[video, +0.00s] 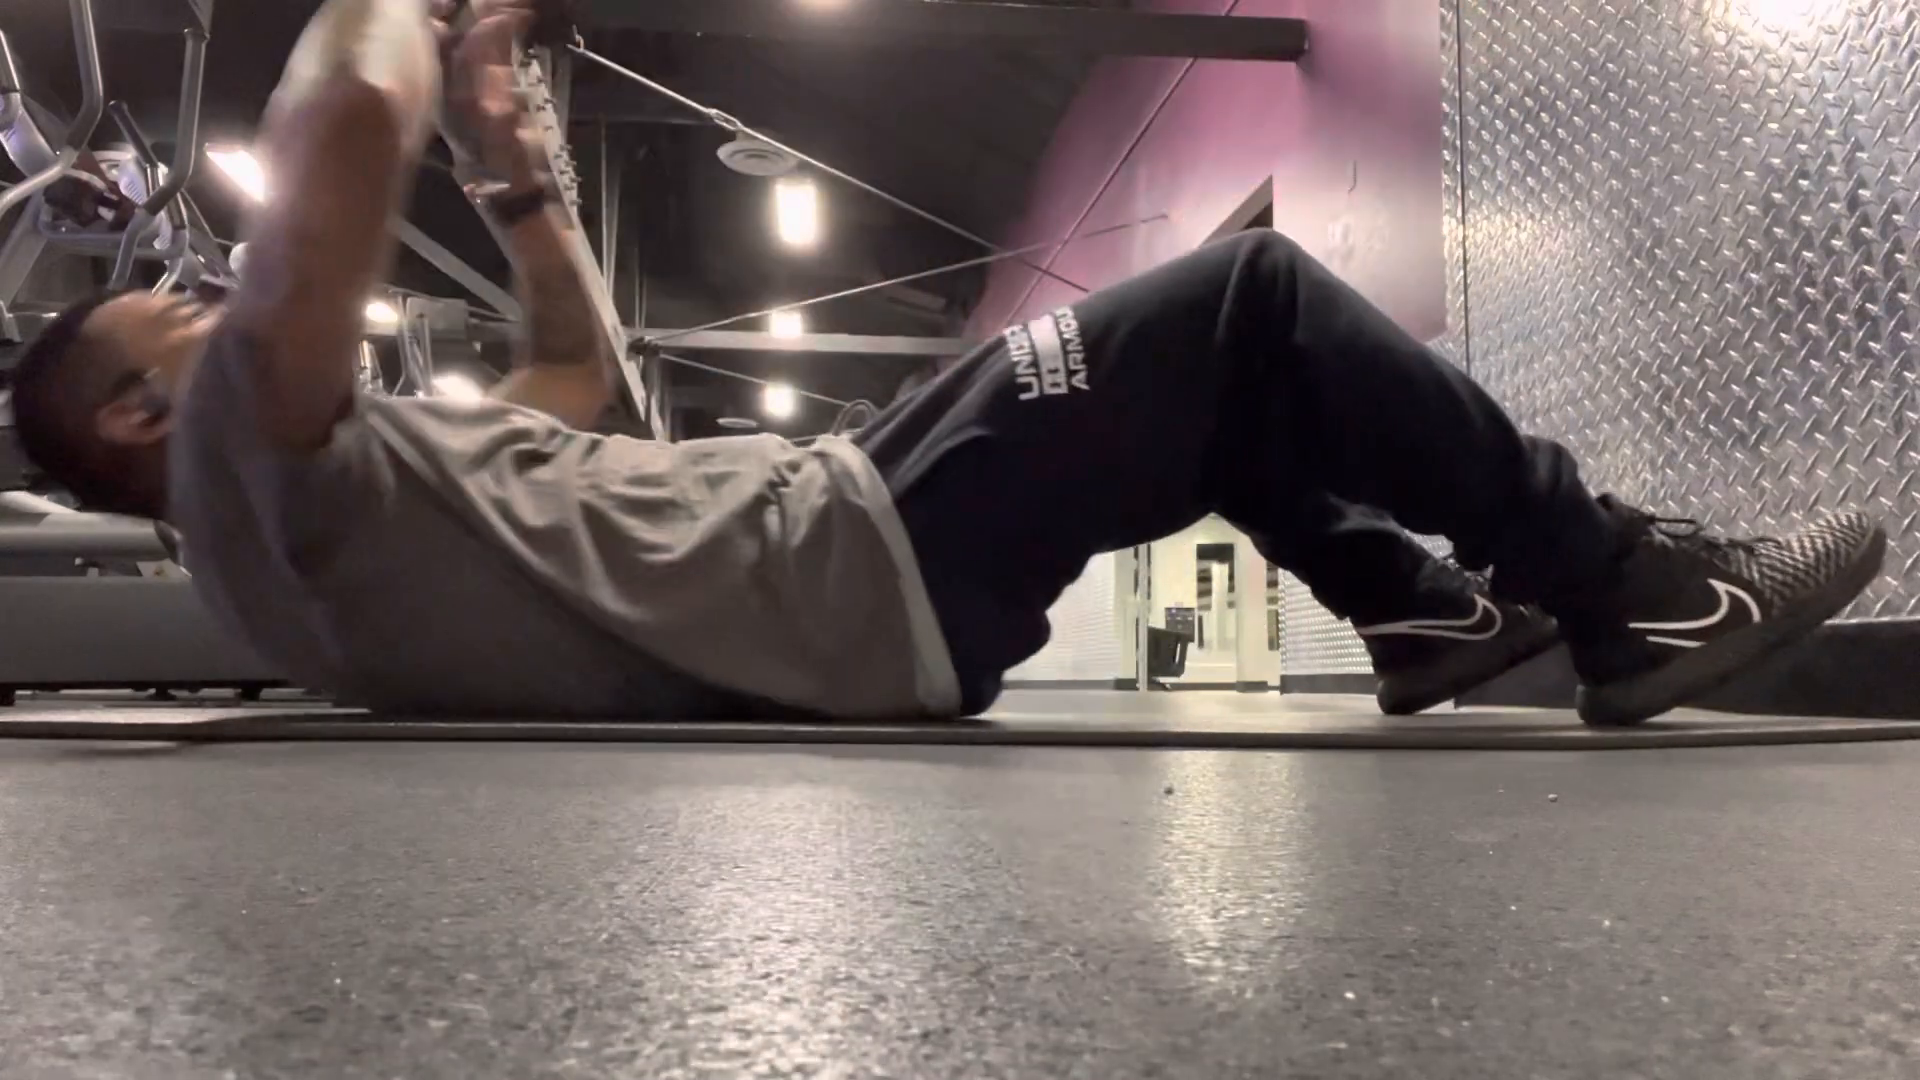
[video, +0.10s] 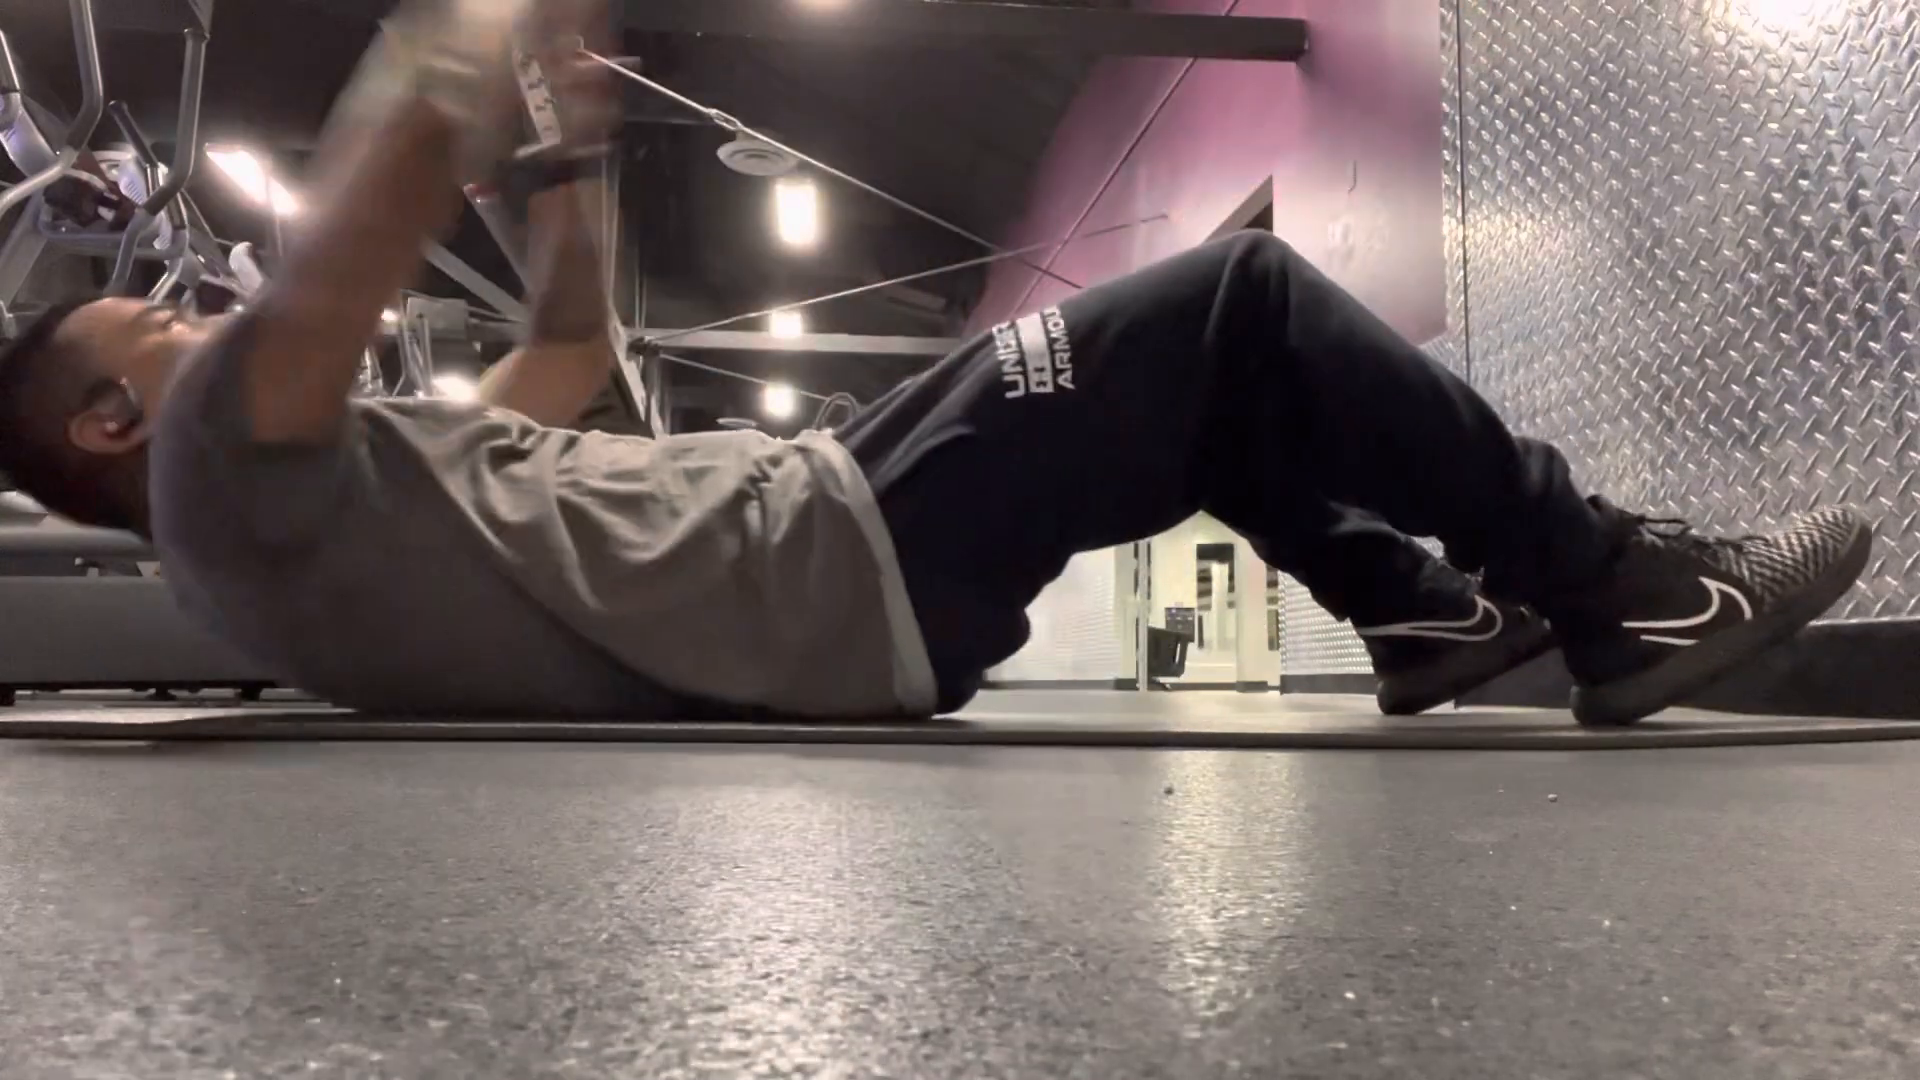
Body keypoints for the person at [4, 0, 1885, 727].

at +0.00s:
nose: (191, 306)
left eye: (167, 304)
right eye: (145, 323)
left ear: (189, 377)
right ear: (122, 428)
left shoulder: (332, 477)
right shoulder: (241, 485)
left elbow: (593, 440)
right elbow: (338, 99)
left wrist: (531, 220)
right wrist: (397, 38)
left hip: (820, 537)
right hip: (851, 574)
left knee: (1198, 341)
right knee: (1244, 287)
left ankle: (1432, 616)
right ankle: (1639, 585)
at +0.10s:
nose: (173, 297)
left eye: (144, 287)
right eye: (124, 314)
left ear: (154, 385)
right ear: (94, 434)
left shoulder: (313, 474)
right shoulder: (221, 470)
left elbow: (561, 404)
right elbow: (401, 137)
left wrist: (567, 172)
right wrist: (458, 64)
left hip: (812, 522)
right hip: (843, 564)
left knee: (1192, 340)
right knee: (1239, 286)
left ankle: (1438, 619)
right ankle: (1629, 583)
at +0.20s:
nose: (290, 260)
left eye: (263, 246)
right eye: (233, 264)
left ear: (245, 321)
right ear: (163, 381)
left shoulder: (358, 470)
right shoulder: (276, 439)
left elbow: (620, 361)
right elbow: (529, 243)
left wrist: (743, 169)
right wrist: (712, 92)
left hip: (804, 545)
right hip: (848, 580)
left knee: (1187, 336)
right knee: (1246, 288)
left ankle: (1433, 620)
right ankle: (1635, 593)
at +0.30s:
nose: (455, 205)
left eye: (441, 180)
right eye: (402, 196)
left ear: (406, 229)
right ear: (299, 266)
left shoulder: (450, 398)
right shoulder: (376, 360)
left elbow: (752, 332)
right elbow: (700, 237)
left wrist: (946, 186)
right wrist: (980, 104)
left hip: (880, 553)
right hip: (888, 600)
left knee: (1207, 319)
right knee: (1261, 297)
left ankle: (1439, 613)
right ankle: (1648, 595)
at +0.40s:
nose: (612, 96)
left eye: (593, 72)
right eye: (563, 79)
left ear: (493, 136)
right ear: (461, 137)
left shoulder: (555, 298)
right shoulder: (488, 244)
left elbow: (854, 326)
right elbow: (821, 220)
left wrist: (1061, 228)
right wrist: (1089, 141)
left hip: (901, 571)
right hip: (902, 607)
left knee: (1210, 319)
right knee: (1275, 293)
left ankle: (1453, 618)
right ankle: (1661, 589)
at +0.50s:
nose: (772, 51)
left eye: (763, 35)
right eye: (741, 27)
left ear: (591, 52)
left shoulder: (635, 246)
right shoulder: (631, 158)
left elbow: (924, 346)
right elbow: (997, 179)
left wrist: (1141, 242)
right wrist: (1276, 91)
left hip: (922, 588)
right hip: (934, 604)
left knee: (1217, 324)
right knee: (1283, 292)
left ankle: (1443, 607)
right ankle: (1666, 578)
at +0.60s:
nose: (936, 25)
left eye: (932, 18)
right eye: (918, 9)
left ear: (802, 18)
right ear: (844, 3)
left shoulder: (766, 201)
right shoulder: (758, 102)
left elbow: (976, 385)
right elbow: (1045, 179)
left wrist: (1160, 259)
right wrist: (1364, 44)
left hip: (947, 608)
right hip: (958, 609)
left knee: (1214, 316)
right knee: (1282, 279)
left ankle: (1445, 614)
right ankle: (1658, 590)